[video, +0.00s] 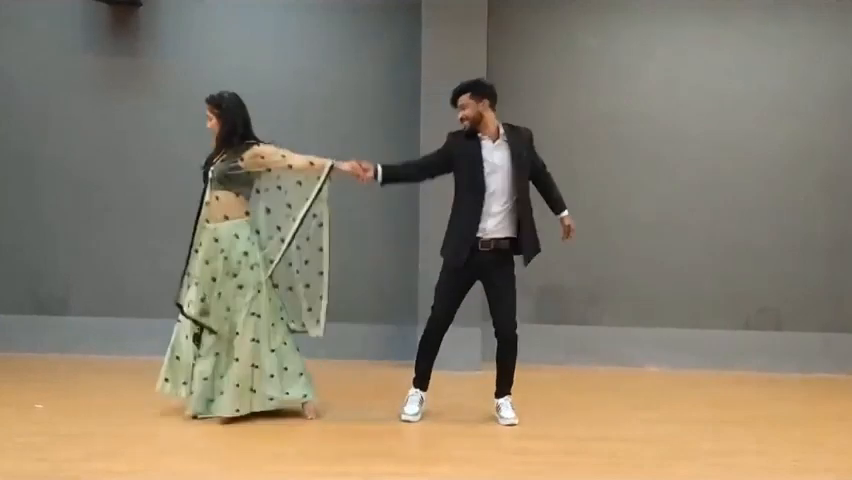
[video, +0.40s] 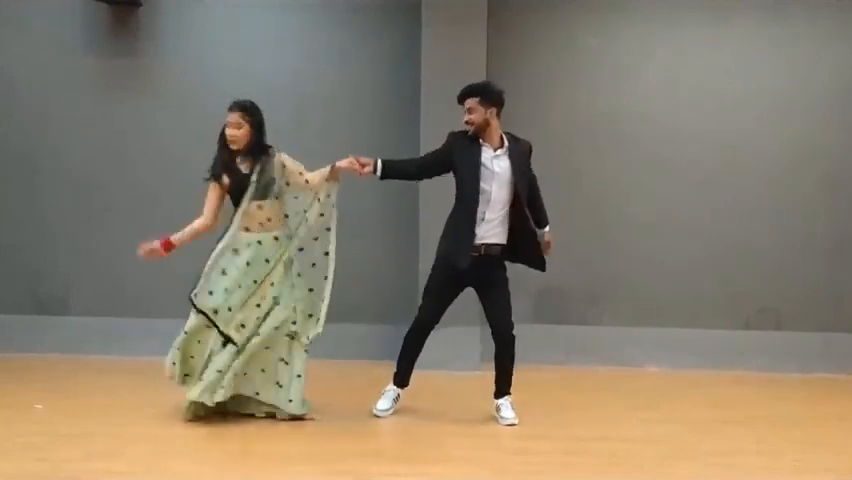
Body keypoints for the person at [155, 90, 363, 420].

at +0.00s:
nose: (208, 123)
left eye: (212, 117)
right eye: (208, 117)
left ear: (228, 119)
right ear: (225, 119)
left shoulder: (250, 154)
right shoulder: (220, 155)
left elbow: (292, 161)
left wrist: (338, 166)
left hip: (236, 239)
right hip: (212, 240)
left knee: (249, 315)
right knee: (209, 316)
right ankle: (205, 395)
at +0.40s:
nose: (231, 132)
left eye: (239, 126)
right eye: (228, 126)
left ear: (255, 130)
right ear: (223, 129)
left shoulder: (275, 161)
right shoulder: (224, 170)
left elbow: (310, 181)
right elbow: (206, 220)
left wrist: (337, 168)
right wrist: (169, 243)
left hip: (277, 250)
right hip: (241, 250)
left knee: (274, 321)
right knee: (230, 316)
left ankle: (275, 396)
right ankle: (213, 392)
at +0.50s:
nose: (265, 136)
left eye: (270, 130)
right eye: (258, 130)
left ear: (277, 134)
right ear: (244, 136)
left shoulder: (290, 169)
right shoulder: (242, 176)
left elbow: (309, 197)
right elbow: (237, 217)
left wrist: (335, 188)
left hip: (298, 251)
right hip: (267, 254)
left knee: (292, 323)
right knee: (252, 322)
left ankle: (276, 398)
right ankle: (218, 394)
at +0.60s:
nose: (297, 136)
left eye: (297, 130)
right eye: (290, 130)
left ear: (289, 136)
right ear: (271, 136)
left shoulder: (286, 172)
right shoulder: (268, 177)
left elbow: (308, 201)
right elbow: (296, 208)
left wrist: (341, 197)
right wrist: (323, 184)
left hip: (306, 264)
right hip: (291, 266)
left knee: (311, 331)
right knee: (292, 333)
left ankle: (290, 399)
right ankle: (269, 399)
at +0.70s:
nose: (321, 134)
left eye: (319, 127)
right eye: (316, 128)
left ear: (295, 135)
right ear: (303, 136)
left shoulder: (284, 167)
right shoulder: (314, 171)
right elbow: (353, 194)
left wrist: (344, 184)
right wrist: (354, 164)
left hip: (292, 252)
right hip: (315, 256)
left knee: (290, 324)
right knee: (333, 326)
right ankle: (315, 403)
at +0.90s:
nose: (326, 133)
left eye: (329, 127)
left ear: (335, 127)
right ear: (370, 127)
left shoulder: (336, 159)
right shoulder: (375, 158)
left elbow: (318, 199)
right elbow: (365, 191)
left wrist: (310, 185)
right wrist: (316, 179)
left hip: (345, 240)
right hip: (372, 239)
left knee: (332, 315)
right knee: (373, 317)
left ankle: (339, 394)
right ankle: (375, 393)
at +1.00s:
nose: (347, 129)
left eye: (353, 123)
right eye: (348, 122)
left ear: (370, 127)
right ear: (368, 129)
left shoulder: (365, 164)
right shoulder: (374, 160)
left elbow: (345, 202)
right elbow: (352, 193)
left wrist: (331, 181)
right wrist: (333, 179)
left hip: (373, 246)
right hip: (380, 243)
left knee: (366, 320)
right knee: (379, 320)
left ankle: (375, 401)